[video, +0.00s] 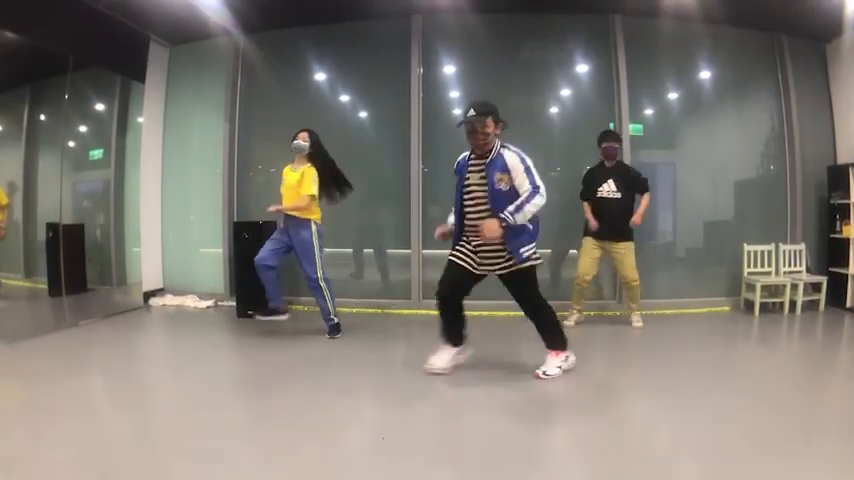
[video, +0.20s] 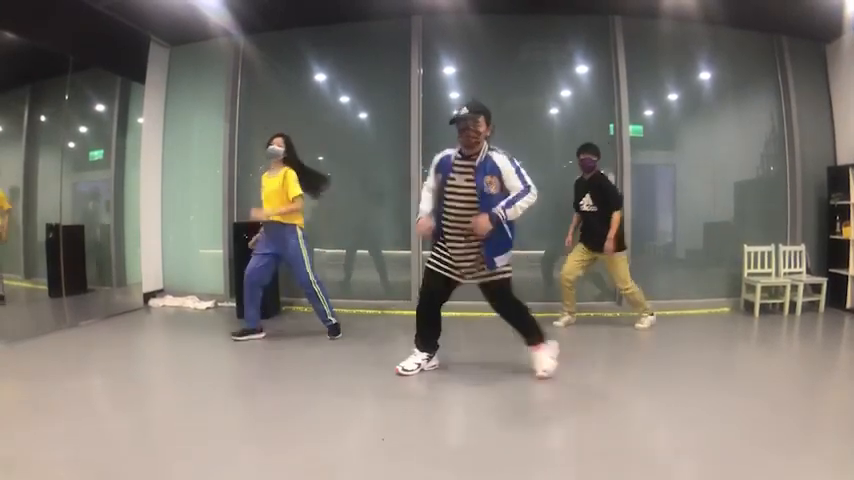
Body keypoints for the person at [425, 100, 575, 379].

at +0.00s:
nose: (477, 137)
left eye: (483, 131)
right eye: (472, 132)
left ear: (496, 128)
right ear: (465, 132)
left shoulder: (512, 158)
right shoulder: (463, 162)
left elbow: (537, 195)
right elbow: (463, 203)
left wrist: (503, 220)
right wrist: (451, 225)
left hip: (509, 248)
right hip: (471, 247)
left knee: (530, 300)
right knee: (447, 292)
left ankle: (560, 352)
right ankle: (455, 345)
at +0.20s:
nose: (469, 133)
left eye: (475, 127)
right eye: (464, 128)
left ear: (487, 130)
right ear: (456, 131)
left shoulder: (499, 161)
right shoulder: (443, 160)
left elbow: (527, 193)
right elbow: (429, 189)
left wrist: (494, 217)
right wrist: (425, 214)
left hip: (486, 250)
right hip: (447, 249)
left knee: (502, 302)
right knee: (428, 300)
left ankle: (541, 346)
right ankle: (425, 352)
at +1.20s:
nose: (453, 134)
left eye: (458, 127)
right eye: (451, 129)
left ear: (477, 126)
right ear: (456, 130)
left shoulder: (492, 158)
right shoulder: (455, 163)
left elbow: (507, 201)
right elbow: (454, 206)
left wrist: (476, 233)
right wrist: (442, 236)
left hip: (494, 251)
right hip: (459, 249)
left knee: (514, 305)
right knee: (433, 296)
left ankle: (546, 356)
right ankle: (418, 344)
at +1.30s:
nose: (455, 149)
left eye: (460, 142)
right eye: (448, 145)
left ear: (473, 143)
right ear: (442, 150)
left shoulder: (480, 172)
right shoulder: (445, 175)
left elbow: (512, 200)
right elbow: (437, 193)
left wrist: (467, 213)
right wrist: (430, 208)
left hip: (485, 263)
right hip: (450, 261)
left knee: (507, 314)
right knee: (421, 303)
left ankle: (553, 359)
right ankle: (410, 352)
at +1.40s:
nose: (446, 148)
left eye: (451, 142)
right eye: (440, 144)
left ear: (463, 141)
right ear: (434, 146)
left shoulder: (476, 168)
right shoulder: (431, 170)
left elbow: (512, 191)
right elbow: (412, 189)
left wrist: (473, 203)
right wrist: (414, 198)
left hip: (473, 258)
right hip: (438, 255)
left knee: (486, 310)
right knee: (415, 301)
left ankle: (535, 350)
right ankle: (408, 353)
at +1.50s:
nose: (443, 134)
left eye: (448, 127)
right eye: (436, 129)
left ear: (458, 127)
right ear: (428, 133)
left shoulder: (475, 159)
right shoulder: (417, 165)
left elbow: (493, 190)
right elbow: (407, 201)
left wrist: (491, 222)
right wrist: (404, 204)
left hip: (464, 245)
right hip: (428, 246)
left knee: (460, 292)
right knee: (416, 300)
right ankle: (407, 351)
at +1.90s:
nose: (460, 137)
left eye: (464, 131)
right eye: (452, 133)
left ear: (472, 133)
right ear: (442, 137)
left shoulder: (486, 167)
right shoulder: (428, 170)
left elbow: (507, 197)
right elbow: (402, 203)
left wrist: (509, 205)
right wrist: (420, 209)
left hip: (480, 253)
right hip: (443, 255)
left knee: (499, 304)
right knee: (425, 309)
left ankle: (516, 355)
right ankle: (400, 352)